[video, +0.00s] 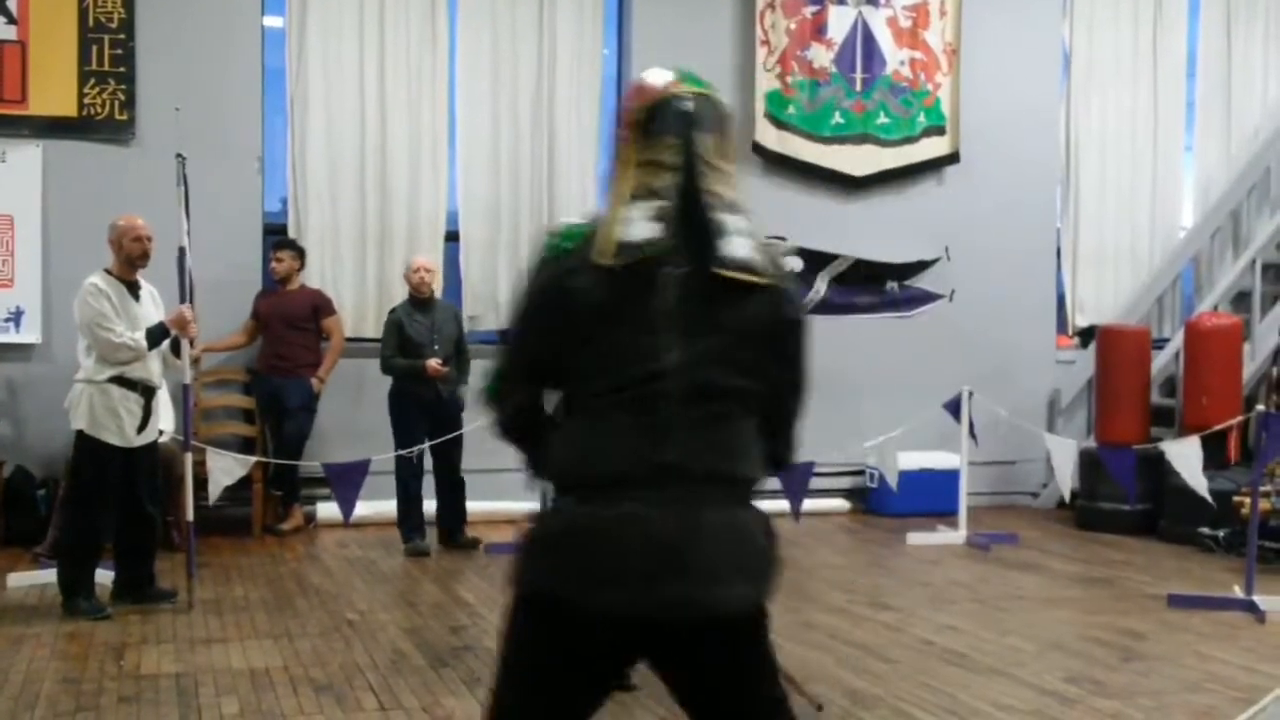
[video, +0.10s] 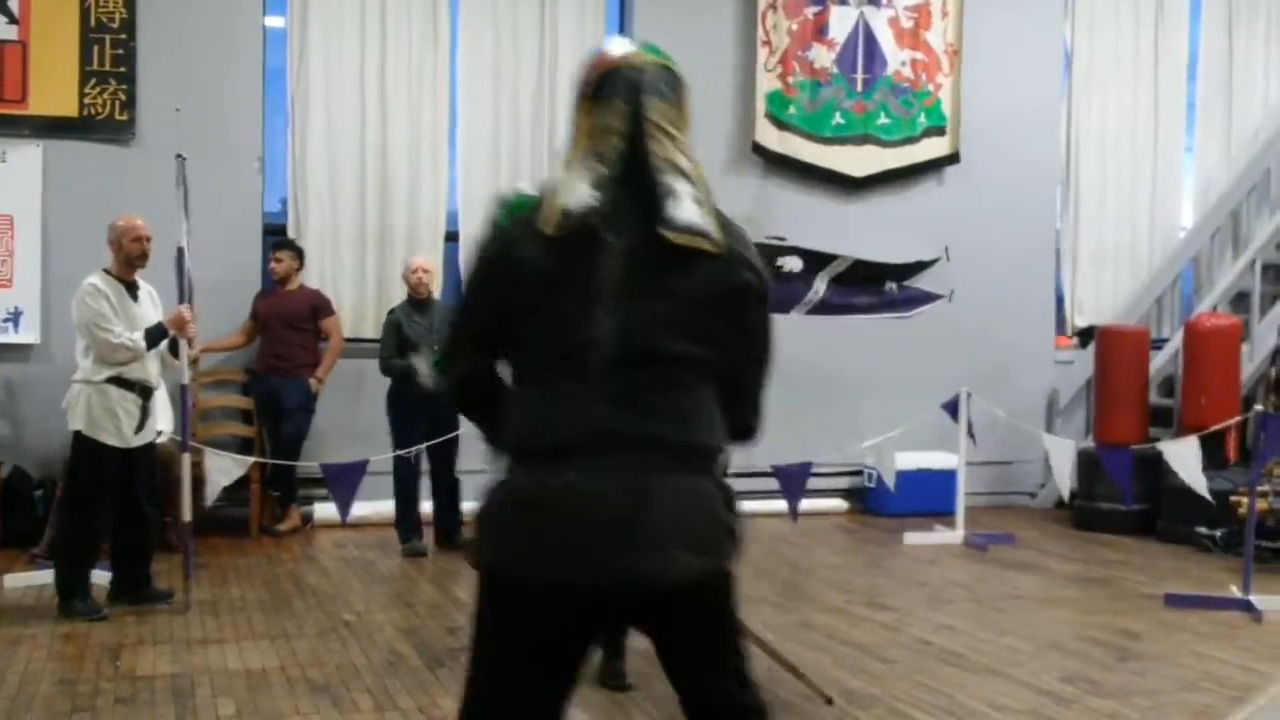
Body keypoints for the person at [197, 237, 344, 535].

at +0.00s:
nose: (274, 265)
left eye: (280, 260)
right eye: (272, 260)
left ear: (298, 264)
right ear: (272, 264)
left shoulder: (316, 298)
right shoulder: (264, 299)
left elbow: (337, 339)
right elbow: (246, 336)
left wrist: (321, 377)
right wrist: (204, 348)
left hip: (300, 382)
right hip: (267, 380)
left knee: (290, 445)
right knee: (277, 445)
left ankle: (289, 509)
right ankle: (292, 510)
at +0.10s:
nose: (273, 265)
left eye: (280, 260)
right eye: (272, 260)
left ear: (297, 264)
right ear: (271, 264)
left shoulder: (314, 299)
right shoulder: (264, 299)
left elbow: (336, 339)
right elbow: (244, 336)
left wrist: (319, 377)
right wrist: (204, 348)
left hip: (298, 382)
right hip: (265, 380)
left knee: (287, 445)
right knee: (272, 446)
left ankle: (287, 510)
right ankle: (286, 510)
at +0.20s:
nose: (253, 265)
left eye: (259, 260)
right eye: (251, 261)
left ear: (277, 264)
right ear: (250, 264)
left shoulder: (294, 298)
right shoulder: (243, 299)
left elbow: (317, 339)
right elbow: (225, 336)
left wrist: (300, 378)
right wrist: (184, 348)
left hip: (279, 382)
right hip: (246, 380)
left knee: (268, 446)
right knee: (253, 447)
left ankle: (268, 510)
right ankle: (268, 510)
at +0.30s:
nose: (252, 265)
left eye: (258, 260)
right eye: (250, 260)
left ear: (276, 263)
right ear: (248, 264)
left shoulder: (293, 298)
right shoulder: (244, 299)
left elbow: (316, 338)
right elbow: (224, 336)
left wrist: (300, 377)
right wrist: (183, 348)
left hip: (279, 381)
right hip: (246, 380)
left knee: (269, 446)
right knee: (252, 446)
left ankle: (272, 510)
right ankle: (267, 509)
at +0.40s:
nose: (249, 266)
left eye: (255, 260)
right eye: (247, 261)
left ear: (273, 263)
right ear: (246, 264)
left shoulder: (291, 298)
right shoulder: (240, 299)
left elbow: (314, 339)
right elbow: (221, 337)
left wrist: (297, 377)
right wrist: (181, 348)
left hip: (277, 382)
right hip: (243, 380)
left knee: (267, 445)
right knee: (251, 446)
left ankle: (269, 510)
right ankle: (266, 510)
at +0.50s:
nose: (245, 266)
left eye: (251, 261)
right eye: (243, 261)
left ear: (269, 263)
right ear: (242, 265)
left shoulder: (287, 299)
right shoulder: (236, 299)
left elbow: (310, 339)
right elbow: (217, 337)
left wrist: (293, 377)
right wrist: (176, 348)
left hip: (273, 382)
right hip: (239, 380)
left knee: (263, 446)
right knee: (248, 446)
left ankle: (265, 510)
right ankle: (263, 510)